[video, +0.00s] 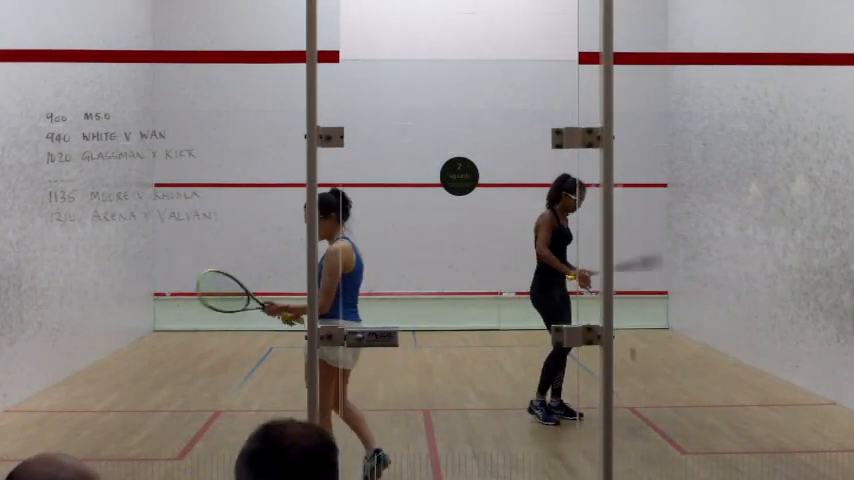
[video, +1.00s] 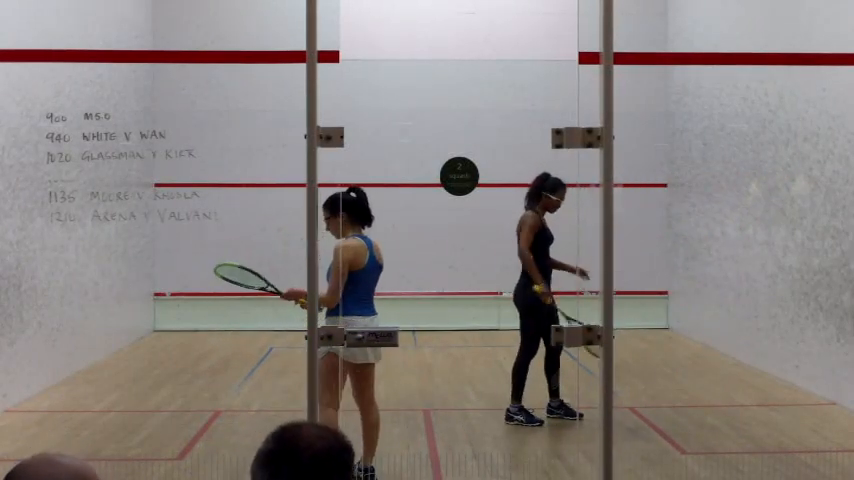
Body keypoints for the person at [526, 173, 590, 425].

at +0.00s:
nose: (577, 205)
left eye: (578, 200)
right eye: (575, 199)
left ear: (567, 198)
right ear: (563, 197)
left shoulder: (563, 220)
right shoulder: (546, 219)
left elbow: (559, 256)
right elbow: (542, 251)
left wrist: (576, 274)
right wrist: (572, 272)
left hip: (558, 288)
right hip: (544, 289)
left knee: (565, 343)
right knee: (561, 343)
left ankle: (556, 401)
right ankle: (538, 401)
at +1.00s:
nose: (560, 204)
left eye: (561, 200)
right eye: (558, 199)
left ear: (546, 197)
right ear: (545, 195)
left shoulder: (539, 220)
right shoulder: (531, 218)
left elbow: (544, 259)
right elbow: (524, 253)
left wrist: (572, 269)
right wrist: (541, 285)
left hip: (540, 292)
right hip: (529, 293)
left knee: (555, 344)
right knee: (528, 349)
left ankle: (555, 402)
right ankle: (515, 407)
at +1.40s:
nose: (539, 195)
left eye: (543, 192)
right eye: (535, 191)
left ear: (548, 196)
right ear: (526, 193)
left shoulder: (548, 222)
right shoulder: (513, 221)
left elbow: (552, 257)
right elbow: (491, 255)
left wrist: (567, 266)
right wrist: (504, 283)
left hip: (539, 292)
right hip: (516, 292)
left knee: (551, 347)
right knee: (520, 349)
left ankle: (554, 402)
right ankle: (514, 408)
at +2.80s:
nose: (564, 196)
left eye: (566, 192)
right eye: (559, 192)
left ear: (568, 196)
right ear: (547, 194)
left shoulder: (566, 220)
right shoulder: (534, 221)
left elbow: (568, 251)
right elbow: (518, 256)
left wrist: (579, 264)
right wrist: (541, 275)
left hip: (565, 288)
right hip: (544, 289)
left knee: (559, 346)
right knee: (543, 348)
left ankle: (557, 402)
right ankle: (517, 405)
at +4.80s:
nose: (569, 206)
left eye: (571, 201)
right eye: (568, 200)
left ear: (557, 199)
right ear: (554, 197)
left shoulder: (548, 221)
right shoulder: (536, 220)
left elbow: (549, 261)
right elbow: (527, 254)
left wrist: (578, 269)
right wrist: (558, 267)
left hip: (546, 294)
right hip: (535, 296)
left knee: (570, 342)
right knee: (542, 349)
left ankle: (560, 401)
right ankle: (532, 410)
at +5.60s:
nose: (582, 203)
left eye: (582, 198)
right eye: (579, 198)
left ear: (567, 198)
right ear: (567, 198)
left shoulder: (563, 224)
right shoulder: (558, 225)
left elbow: (560, 260)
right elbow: (555, 262)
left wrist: (586, 267)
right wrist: (585, 268)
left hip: (560, 295)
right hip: (554, 296)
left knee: (578, 347)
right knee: (558, 350)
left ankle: (556, 402)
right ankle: (533, 409)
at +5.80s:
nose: (592, 208)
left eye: (592, 203)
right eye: (589, 203)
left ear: (572, 205)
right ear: (577, 204)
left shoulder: (565, 231)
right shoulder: (571, 231)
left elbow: (578, 271)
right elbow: (584, 265)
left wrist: (604, 285)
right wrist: (615, 252)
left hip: (565, 300)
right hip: (571, 301)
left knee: (586, 354)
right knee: (593, 359)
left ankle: (561, 402)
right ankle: (560, 394)